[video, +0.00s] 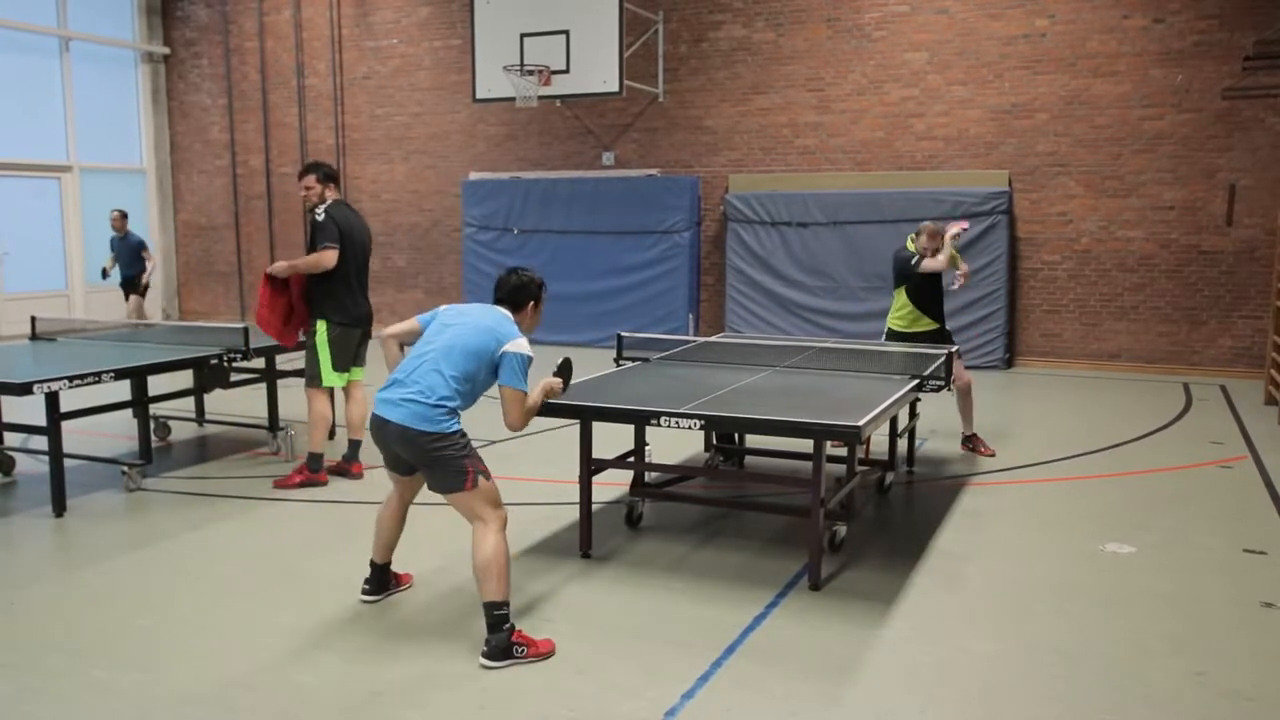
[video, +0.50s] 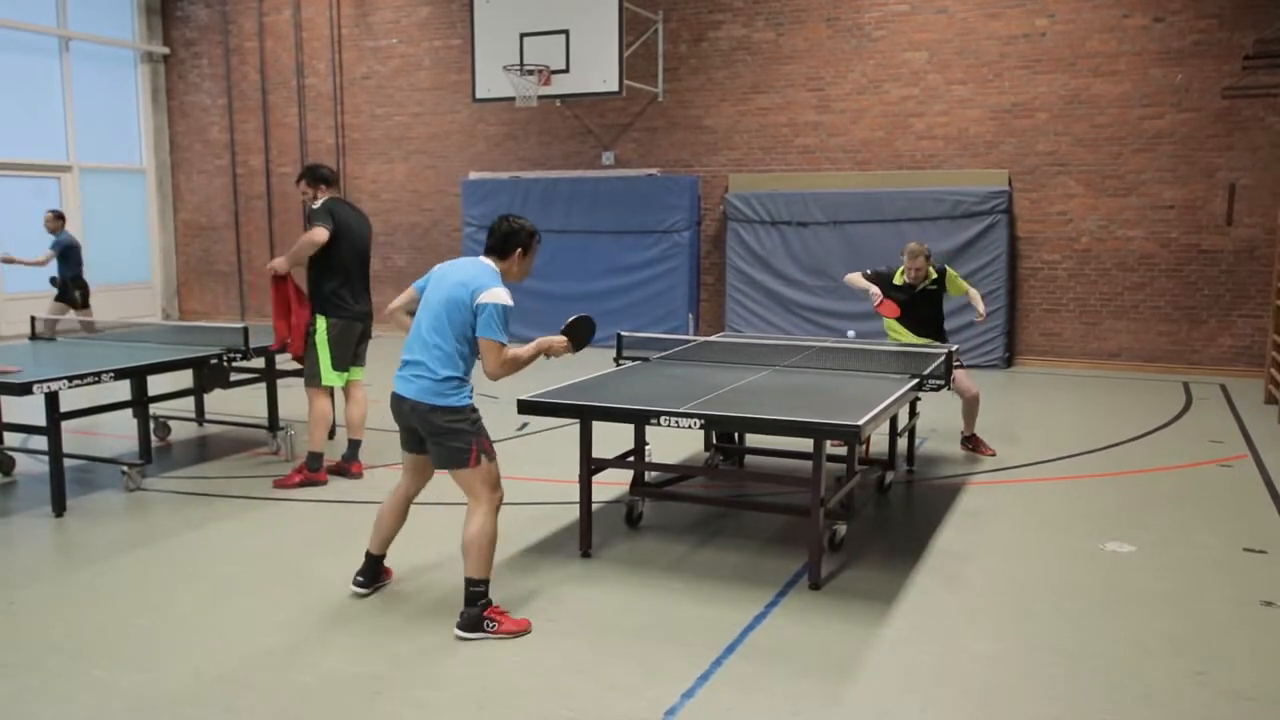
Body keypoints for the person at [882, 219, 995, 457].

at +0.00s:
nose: (929, 254)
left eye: (934, 249)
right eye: (925, 249)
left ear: (940, 243)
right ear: (916, 240)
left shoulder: (942, 251)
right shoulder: (903, 257)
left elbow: (959, 262)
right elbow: (940, 265)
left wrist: (962, 272)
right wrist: (948, 239)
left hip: (934, 331)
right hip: (900, 332)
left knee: (963, 382)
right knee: (880, 383)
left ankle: (969, 435)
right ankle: (858, 431)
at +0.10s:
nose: (927, 269)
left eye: (931, 264)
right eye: (922, 263)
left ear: (937, 259)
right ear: (913, 255)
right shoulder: (898, 267)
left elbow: (953, 266)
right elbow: (931, 289)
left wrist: (966, 277)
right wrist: (944, 265)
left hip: (932, 336)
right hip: (896, 338)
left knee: (967, 383)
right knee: (875, 385)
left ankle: (969, 436)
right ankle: (857, 434)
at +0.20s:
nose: (923, 283)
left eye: (928, 279)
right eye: (918, 277)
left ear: (935, 271)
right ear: (910, 268)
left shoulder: (939, 268)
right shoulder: (893, 278)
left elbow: (957, 277)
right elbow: (884, 313)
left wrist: (976, 290)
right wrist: (918, 302)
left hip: (932, 341)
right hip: (896, 343)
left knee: (971, 388)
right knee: (878, 389)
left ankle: (969, 437)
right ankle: (860, 437)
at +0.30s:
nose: (918, 287)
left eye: (923, 283)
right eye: (914, 282)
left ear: (932, 275)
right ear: (905, 273)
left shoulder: (939, 277)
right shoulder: (891, 282)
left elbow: (957, 284)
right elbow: (851, 290)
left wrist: (979, 297)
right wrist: (876, 299)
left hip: (934, 351)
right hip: (897, 353)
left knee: (972, 391)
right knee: (871, 391)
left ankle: (969, 437)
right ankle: (858, 435)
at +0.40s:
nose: (914, 284)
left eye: (919, 280)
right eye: (909, 279)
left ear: (928, 273)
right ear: (903, 271)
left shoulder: (939, 279)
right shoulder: (890, 279)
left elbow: (960, 290)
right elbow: (848, 274)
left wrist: (979, 303)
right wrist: (868, 285)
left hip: (936, 352)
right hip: (898, 353)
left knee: (972, 394)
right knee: (869, 390)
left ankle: (969, 436)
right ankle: (857, 436)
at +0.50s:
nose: (913, 274)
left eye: (918, 269)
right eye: (909, 269)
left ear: (928, 265)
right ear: (903, 264)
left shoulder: (941, 275)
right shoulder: (889, 277)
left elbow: (969, 291)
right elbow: (849, 278)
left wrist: (980, 308)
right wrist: (870, 287)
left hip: (937, 351)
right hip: (900, 351)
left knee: (971, 394)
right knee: (871, 391)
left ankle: (969, 437)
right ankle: (857, 437)